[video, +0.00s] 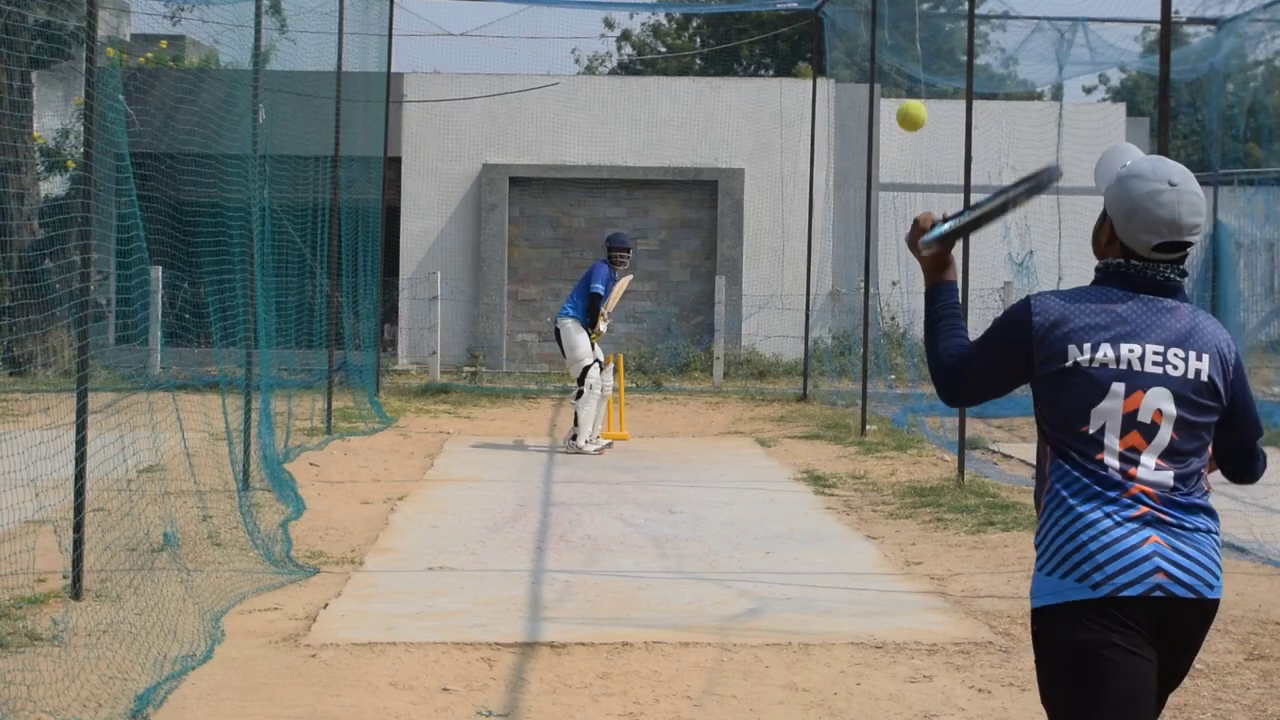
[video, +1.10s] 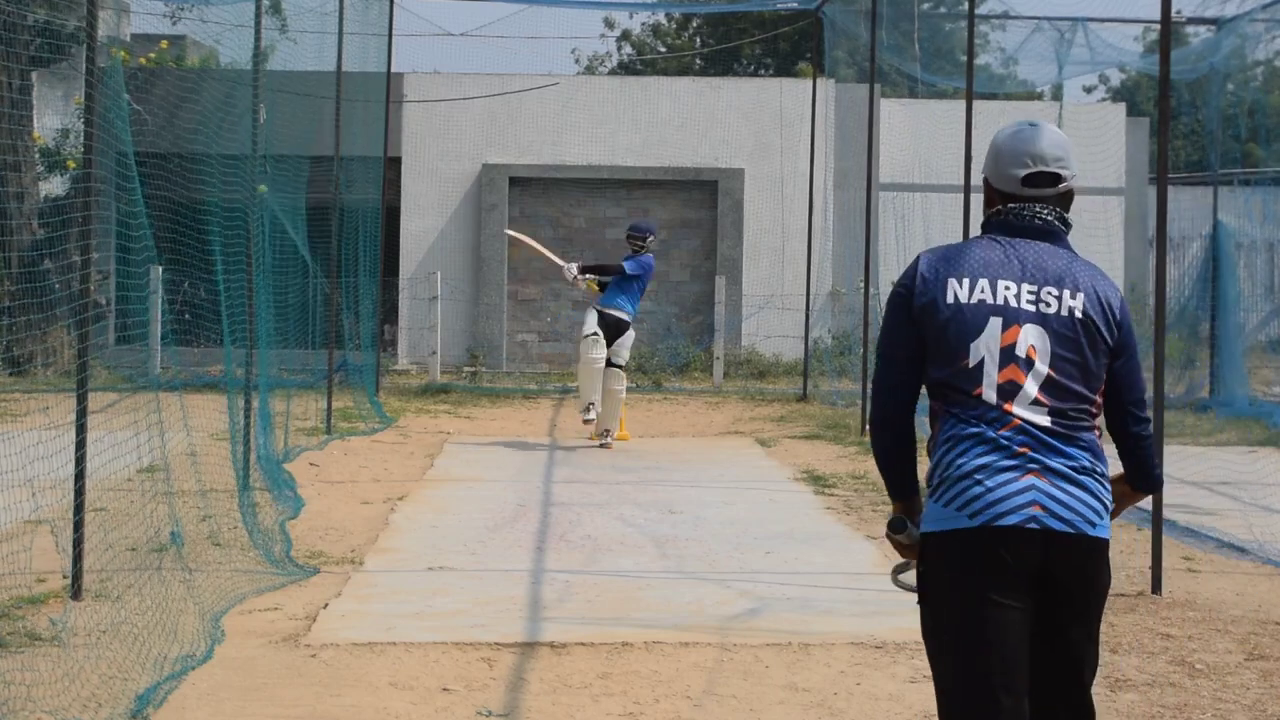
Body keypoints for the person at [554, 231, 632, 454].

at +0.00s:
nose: (621, 257)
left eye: (625, 253)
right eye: (617, 252)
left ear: (629, 255)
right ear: (608, 252)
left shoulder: (612, 276)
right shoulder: (601, 269)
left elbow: (605, 305)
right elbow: (595, 300)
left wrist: (603, 318)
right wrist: (594, 326)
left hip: (583, 325)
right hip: (570, 324)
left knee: (604, 380)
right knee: (590, 379)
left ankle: (590, 435)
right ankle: (579, 439)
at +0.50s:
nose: (628, 278)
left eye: (632, 274)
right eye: (625, 273)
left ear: (636, 276)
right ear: (616, 271)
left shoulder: (620, 293)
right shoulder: (605, 287)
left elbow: (619, 310)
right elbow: (603, 326)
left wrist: (626, 315)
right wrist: (622, 332)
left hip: (589, 338)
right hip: (574, 334)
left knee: (617, 386)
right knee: (599, 379)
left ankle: (588, 433)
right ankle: (599, 443)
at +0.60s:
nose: (624, 273)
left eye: (628, 269)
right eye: (620, 268)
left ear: (633, 272)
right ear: (613, 266)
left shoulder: (620, 292)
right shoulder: (602, 284)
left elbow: (618, 317)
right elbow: (614, 320)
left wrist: (635, 307)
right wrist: (638, 321)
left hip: (596, 340)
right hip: (579, 336)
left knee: (623, 389)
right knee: (606, 379)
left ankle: (592, 431)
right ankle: (600, 442)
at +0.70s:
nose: (621, 265)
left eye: (626, 262)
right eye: (618, 259)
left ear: (630, 264)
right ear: (610, 258)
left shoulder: (624, 286)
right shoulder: (598, 274)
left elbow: (637, 317)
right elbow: (609, 296)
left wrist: (647, 298)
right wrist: (641, 295)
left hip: (604, 339)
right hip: (583, 334)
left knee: (626, 394)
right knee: (607, 378)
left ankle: (592, 429)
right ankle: (601, 443)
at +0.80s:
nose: (619, 253)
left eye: (624, 251)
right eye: (616, 249)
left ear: (631, 253)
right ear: (610, 248)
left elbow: (642, 301)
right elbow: (599, 269)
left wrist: (642, 275)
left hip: (615, 333)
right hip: (589, 330)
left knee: (620, 388)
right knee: (595, 382)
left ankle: (599, 430)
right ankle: (596, 438)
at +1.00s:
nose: (629, 248)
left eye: (635, 245)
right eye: (626, 243)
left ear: (643, 246)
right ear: (622, 243)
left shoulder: (643, 263)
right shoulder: (613, 257)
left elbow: (623, 272)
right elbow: (599, 261)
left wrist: (595, 264)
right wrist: (585, 260)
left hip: (619, 325)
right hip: (593, 319)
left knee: (613, 380)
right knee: (588, 370)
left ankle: (609, 431)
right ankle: (592, 421)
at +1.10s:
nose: (634, 244)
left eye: (639, 241)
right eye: (631, 239)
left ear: (648, 242)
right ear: (627, 239)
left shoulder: (646, 261)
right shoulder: (627, 262)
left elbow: (616, 270)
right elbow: (607, 288)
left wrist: (580, 267)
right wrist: (586, 280)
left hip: (622, 321)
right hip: (599, 314)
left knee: (615, 377)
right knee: (593, 347)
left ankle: (607, 431)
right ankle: (590, 405)